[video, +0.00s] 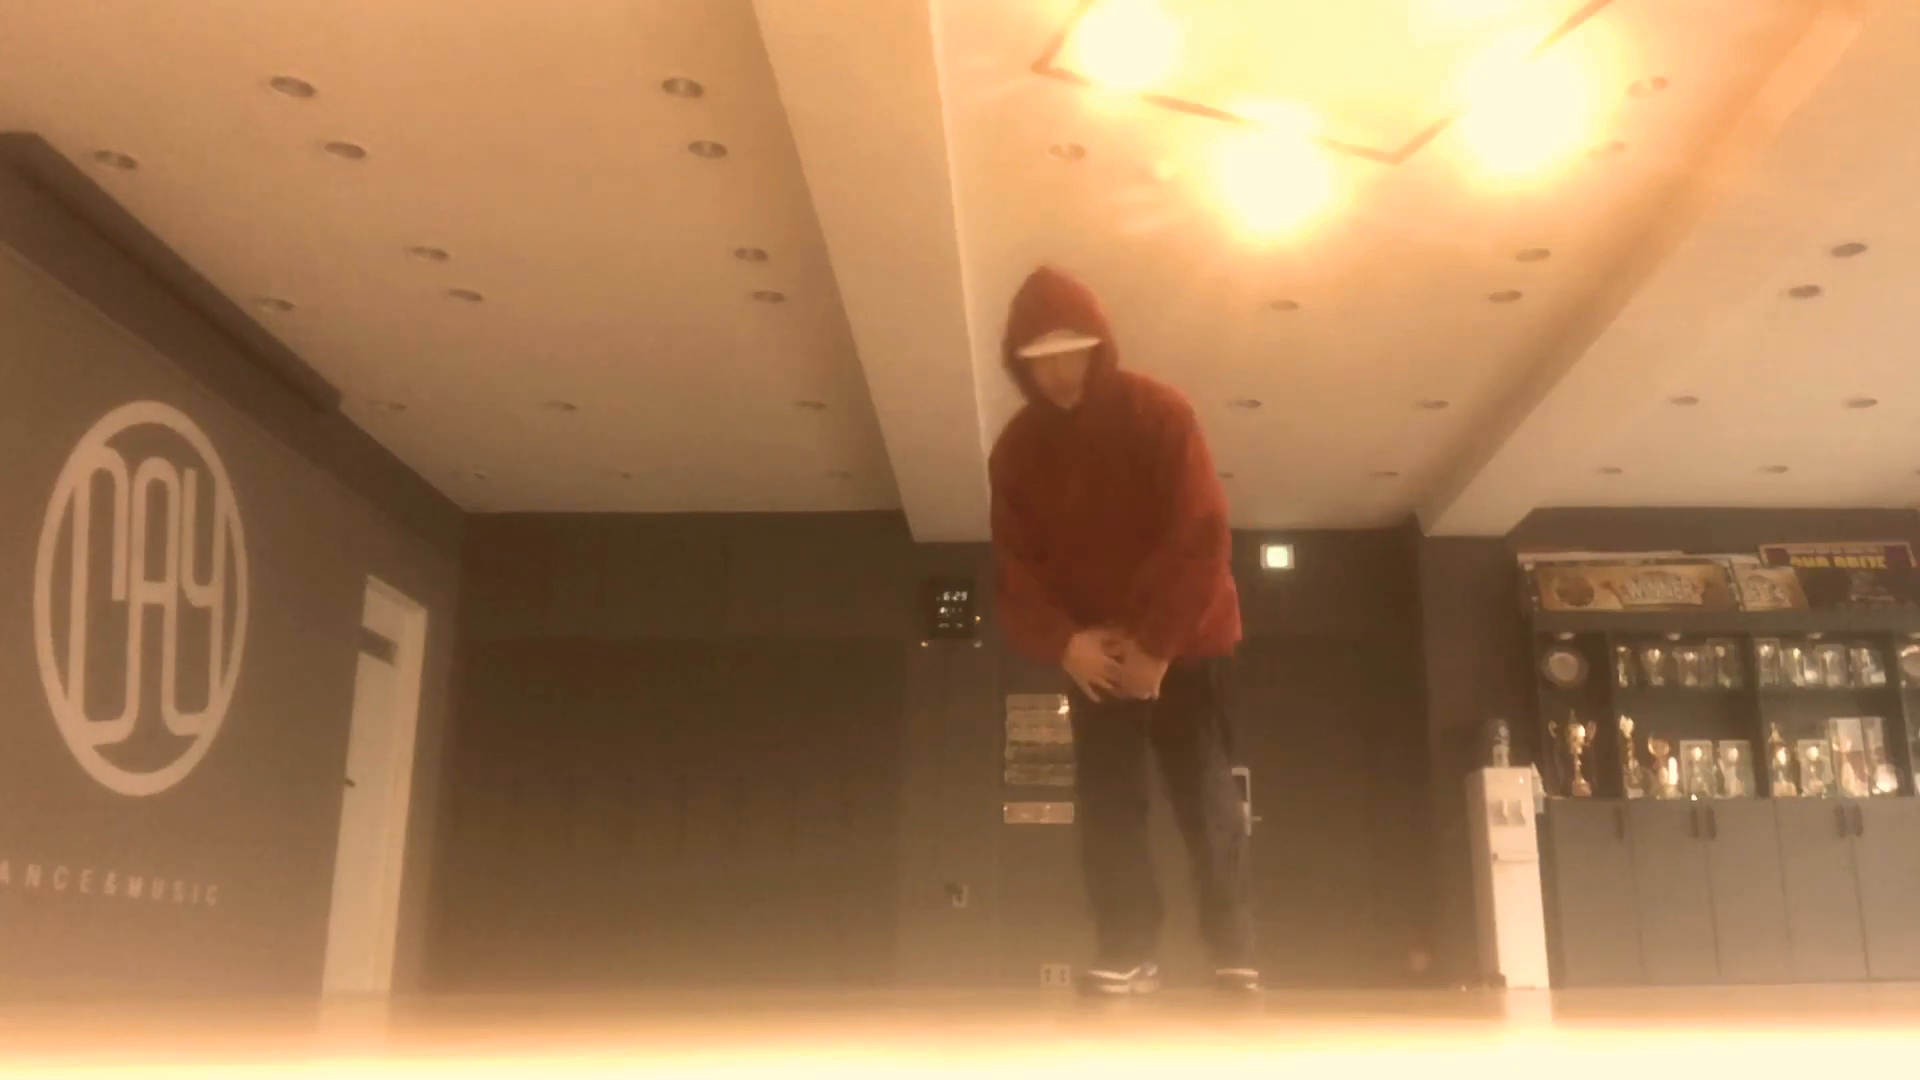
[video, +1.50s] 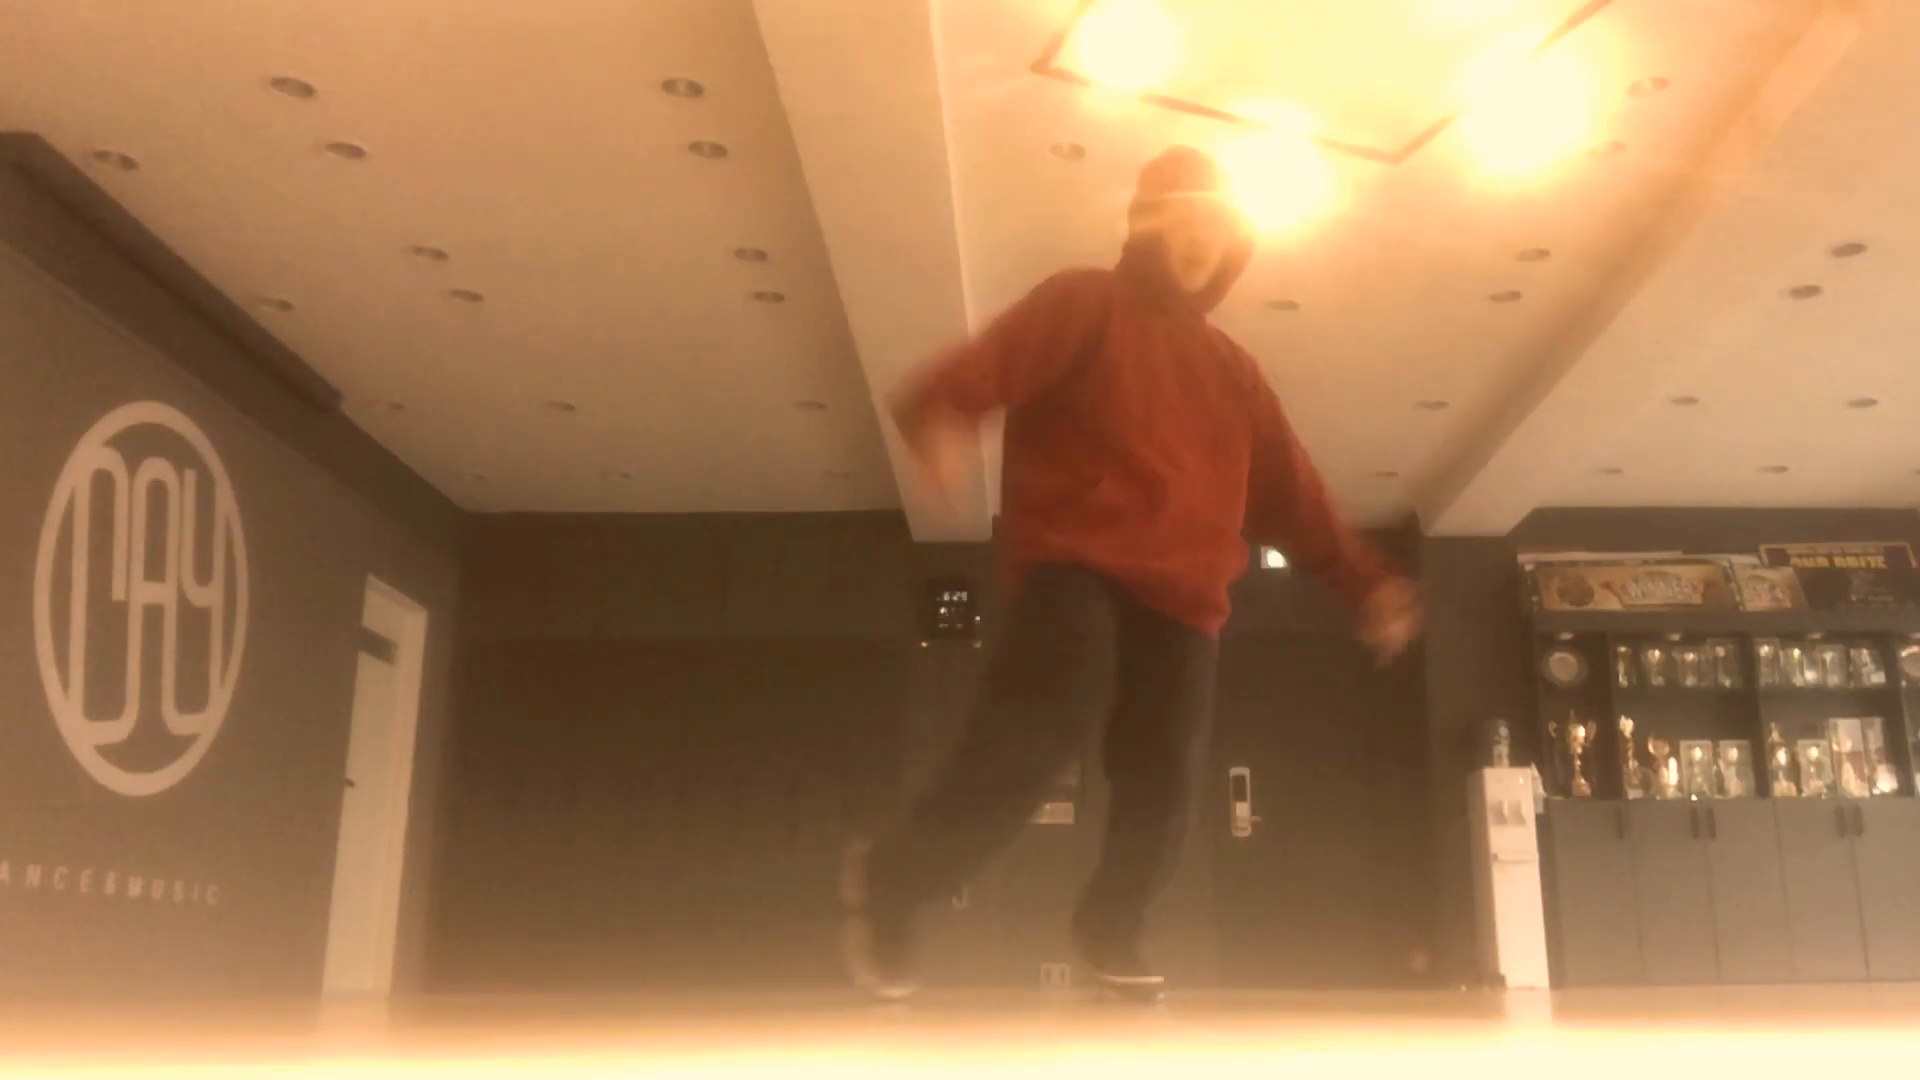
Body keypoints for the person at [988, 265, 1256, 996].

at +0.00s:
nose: (1053, 375)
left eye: (1067, 356)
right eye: (1037, 361)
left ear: (1097, 348)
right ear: (1020, 365)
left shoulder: (1162, 416)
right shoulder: (1017, 447)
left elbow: (1201, 538)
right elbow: (1014, 571)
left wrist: (1155, 641)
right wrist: (1065, 640)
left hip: (1186, 642)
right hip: (1093, 651)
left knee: (1207, 803)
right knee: (1106, 808)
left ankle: (1233, 955)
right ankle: (1126, 954)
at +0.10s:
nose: (1038, 393)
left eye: (1051, 374)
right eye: (1022, 379)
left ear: (1080, 368)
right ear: (1002, 385)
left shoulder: (1145, 427)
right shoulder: (1008, 463)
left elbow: (1189, 554)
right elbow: (1019, 589)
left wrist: (1157, 667)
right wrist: (1081, 663)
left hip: (1177, 636)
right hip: (1087, 651)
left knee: (1184, 776)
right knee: (1104, 798)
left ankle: (1241, 877)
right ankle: (1132, 946)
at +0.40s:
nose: (1063, 295)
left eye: (1080, 278)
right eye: (1047, 279)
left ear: (1108, 283)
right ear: (1025, 288)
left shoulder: (1164, 373)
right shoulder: (1004, 384)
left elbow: (1193, 489)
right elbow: (984, 493)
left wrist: (1137, 559)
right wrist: (1037, 530)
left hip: (1154, 594)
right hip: (1063, 601)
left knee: (1160, 737)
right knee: (1086, 760)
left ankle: (1182, 889)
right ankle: (1113, 933)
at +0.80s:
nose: (1150, 265)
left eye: (1170, 251)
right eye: (1136, 245)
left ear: (1193, 266)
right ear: (1108, 250)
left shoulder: (1208, 373)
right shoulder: (1052, 339)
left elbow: (1213, 521)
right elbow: (1026, 463)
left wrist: (1142, 611)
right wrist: (1080, 559)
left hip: (1149, 603)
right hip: (1044, 592)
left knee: (1135, 759)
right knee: (1047, 767)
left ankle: (1138, 944)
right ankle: (1072, 947)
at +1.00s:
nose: (1236, 269)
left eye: (1257, 257)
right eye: (1228, 243)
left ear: (1269, 278)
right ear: (1191, 238)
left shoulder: (1235, 392)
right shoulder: (1095, 315)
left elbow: (1239, 530)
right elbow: (1017, 414)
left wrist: (1270, 632)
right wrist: (989, 519)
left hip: (1139, 589)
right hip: (1034, 574)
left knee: (1134, 745)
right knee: (1013, 753)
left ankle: (1135, 939)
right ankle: (1003, 917)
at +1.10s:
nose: (1223, 248)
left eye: (1244, 236)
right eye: (1213, 224)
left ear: (1257, 267)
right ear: (1179, 229)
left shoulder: (1241, 386)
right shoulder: (1106, 298)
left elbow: (1288, 523)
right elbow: (999, 359)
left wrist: (1365, 607)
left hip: (1148, 599)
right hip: (1029, 575)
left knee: (1148, 768)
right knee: (978, 752)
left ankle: (1138, 945)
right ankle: (926, 923)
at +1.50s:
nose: (1201, 241)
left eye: (1218, 227)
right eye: (1185, 220)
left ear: (1232, 248)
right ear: (1145, 223)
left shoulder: (1234, 372)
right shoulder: (1086, 302)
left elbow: (1297, 495)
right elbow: (981, 366)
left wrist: (1366, 580)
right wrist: (939, 411)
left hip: (1181, 592)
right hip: (1070, 558)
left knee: (1162, 771)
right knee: (1044, 727)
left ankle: (1110, 941)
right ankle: (892, 884)